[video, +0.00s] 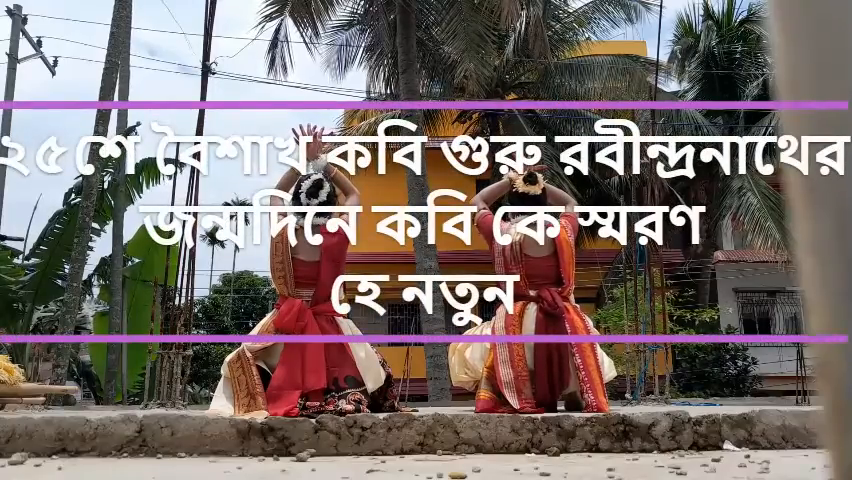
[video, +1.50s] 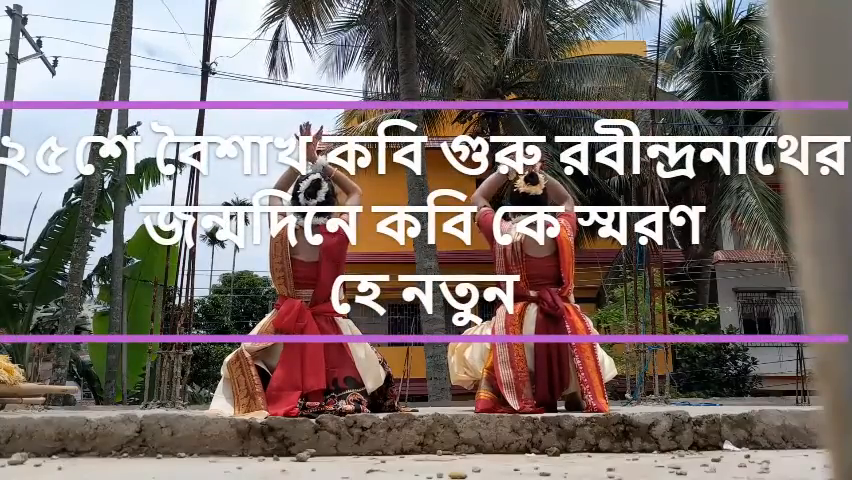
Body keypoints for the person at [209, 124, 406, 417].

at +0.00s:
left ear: (295, 203)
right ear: (330, 203)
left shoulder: (284, 234)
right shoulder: (337, 235)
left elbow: (277, 196)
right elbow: (351, 194)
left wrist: (302, 162)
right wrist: (322, 163)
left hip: (289, 325)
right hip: (329, 325)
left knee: (240, 361)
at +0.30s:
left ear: (295, 203)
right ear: (330, 203)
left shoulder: (284, 234)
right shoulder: (337, 237)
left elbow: (277, 196)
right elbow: (351, 195)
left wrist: (303, 162)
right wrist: (323, 164)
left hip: (289, 327)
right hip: (329, 328)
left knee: (239, 363)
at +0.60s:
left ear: (295, 203)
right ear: (330, 203)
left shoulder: (284, 234)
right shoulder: (337, 236)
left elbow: (277, 196)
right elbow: (351, 195)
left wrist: (303, 162)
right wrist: (323, 164)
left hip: (289, 328)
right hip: (329, 329)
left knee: (240, 363)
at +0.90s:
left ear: (295, 203)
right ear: (330, 203)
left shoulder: (283, 234)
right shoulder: (337, 236)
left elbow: (277, 196)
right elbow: (351, 195)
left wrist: (302, 162)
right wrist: (323, 164)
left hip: (288, 328)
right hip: (330, 328)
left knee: (240, 362)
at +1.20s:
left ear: (295, 203)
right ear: (330, 203)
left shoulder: (283, 234)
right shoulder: (337, 236)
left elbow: (277, 196)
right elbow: (352, 195)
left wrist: (303, 162)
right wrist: (323, 164)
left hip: (288, 327)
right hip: (329, 327)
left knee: (240, 362)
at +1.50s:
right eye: (323, 197)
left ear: (294, 202)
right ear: (330, 202)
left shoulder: (283, 232)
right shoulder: (336, 234)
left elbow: (276, 195)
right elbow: (354, 193)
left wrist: (302, 161)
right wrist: (324, 165)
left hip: (288, 327)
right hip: (329, 327)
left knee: (240, 361)